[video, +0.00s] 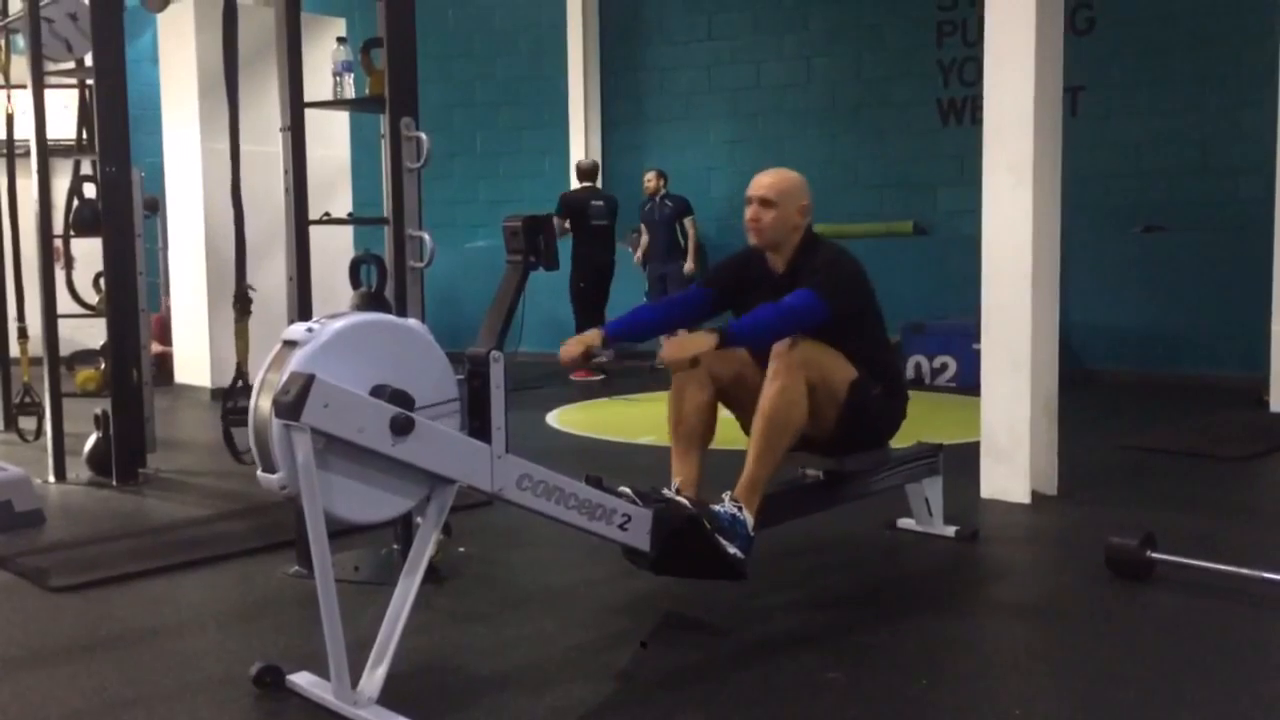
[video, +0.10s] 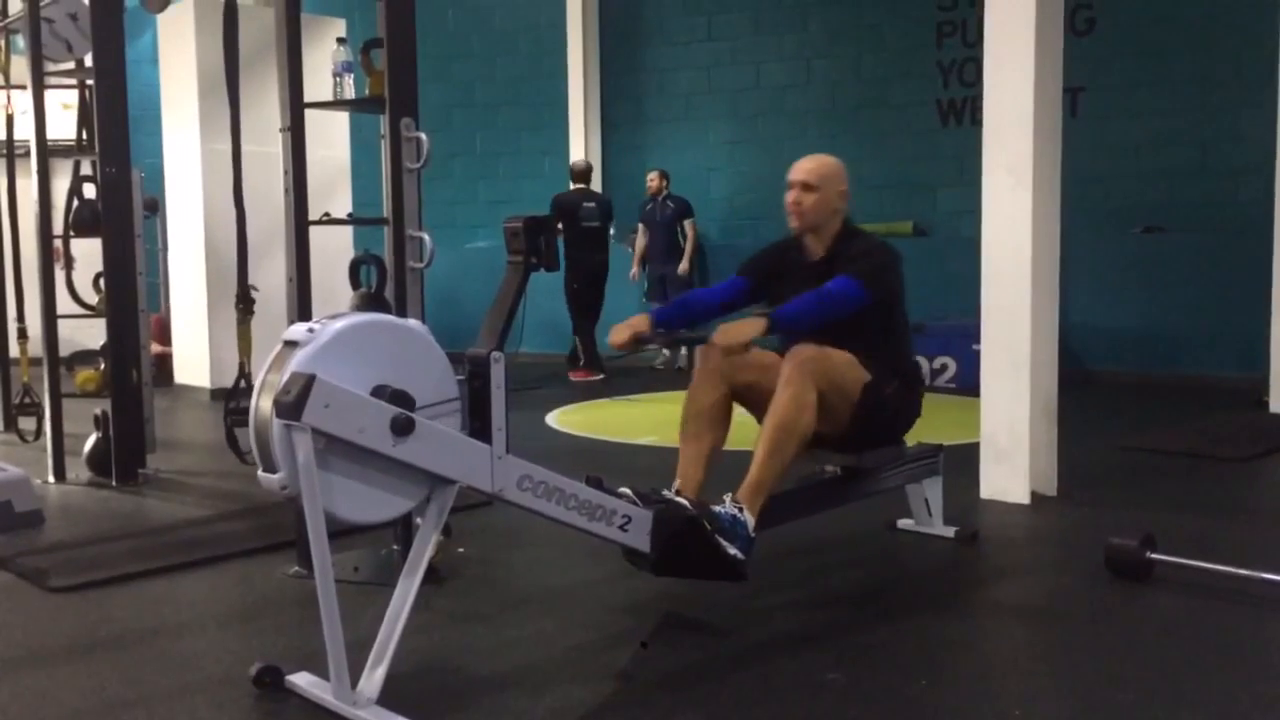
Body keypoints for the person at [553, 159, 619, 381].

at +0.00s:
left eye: (580, 173)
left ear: (577, 176)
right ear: (597, 175)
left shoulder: (568, 199)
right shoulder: (610, 200)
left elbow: (559, 229)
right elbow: (608, 227)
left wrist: (574, 226)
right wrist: (576, 224)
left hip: (582, 263)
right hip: (606, 262)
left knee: (582, 312)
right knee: (599, 309)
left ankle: (584, 364)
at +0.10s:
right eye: (586, 174)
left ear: (571, 177)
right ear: (590, 176)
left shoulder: (561, 200)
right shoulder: (604, 200)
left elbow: (552, 228)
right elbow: (607, 227)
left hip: (575, 264)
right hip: (599, 264)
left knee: (579, 313)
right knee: (593, 309)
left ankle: (591, 363)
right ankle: (577, 354)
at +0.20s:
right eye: (583, 177)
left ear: (566, 179)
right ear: (586, 179)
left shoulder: (554, 202)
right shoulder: (598, 203)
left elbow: (550, 233)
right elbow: (603, 236)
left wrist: (550, 259)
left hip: (567, 264)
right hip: (591, 264)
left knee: (574, 315)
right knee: (583, 314)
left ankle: (588, 364)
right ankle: (563, 361)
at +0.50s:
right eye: (579, 178)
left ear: (562, 177)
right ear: (580, 181)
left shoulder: (545, 198)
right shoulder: (586, 206)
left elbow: (533, 228)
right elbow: (586, 237)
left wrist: (536, 254)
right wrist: (571, 248)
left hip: (552, 263)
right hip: (576, 265)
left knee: (541, 308)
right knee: (569, 311)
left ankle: (563, 341)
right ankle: (558, 362)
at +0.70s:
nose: (578, 183)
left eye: (578, 180)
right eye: (578, 180)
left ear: (556, 178)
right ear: (575, 181)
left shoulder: (537, 198)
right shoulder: (578, 205)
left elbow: (528, 229)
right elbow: (584, 234)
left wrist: (531, 254)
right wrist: (565, 228)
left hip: (543, 264)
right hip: (568, 266)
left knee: (542, 309)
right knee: (567, 312)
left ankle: (539, 347)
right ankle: (561, 365)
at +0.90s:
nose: (567, 184)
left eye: (566, 181)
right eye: (566, 181)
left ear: (547, 182)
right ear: (561, 183)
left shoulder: (531, 201)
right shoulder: (564, 205)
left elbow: (527, 231)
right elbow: (575, 236)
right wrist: (567, 208)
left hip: (536, 262)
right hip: (557, 262)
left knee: (540, 311)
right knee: (565, 312)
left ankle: (526, 360)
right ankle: (560, 364)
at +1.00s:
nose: (563, 184)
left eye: (562, 181)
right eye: (560, 181)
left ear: (543, 184)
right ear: (549, 184)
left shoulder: (529, 203)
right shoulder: (556, 206)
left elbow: (539, 228)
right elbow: (568, 237)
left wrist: (567, 223)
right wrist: (573, 227)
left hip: (533, 266)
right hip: (553, 266)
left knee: (535, 311)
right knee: (562, 313)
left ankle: (524, 361)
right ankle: (560, 365)